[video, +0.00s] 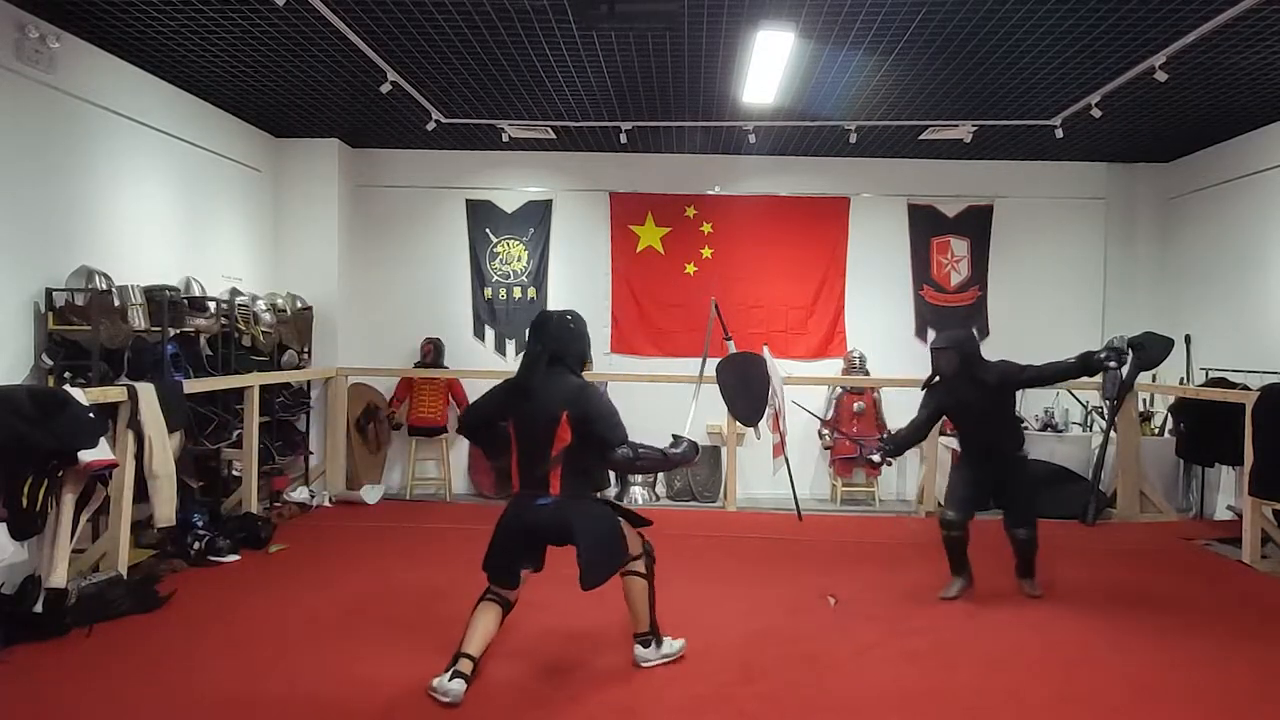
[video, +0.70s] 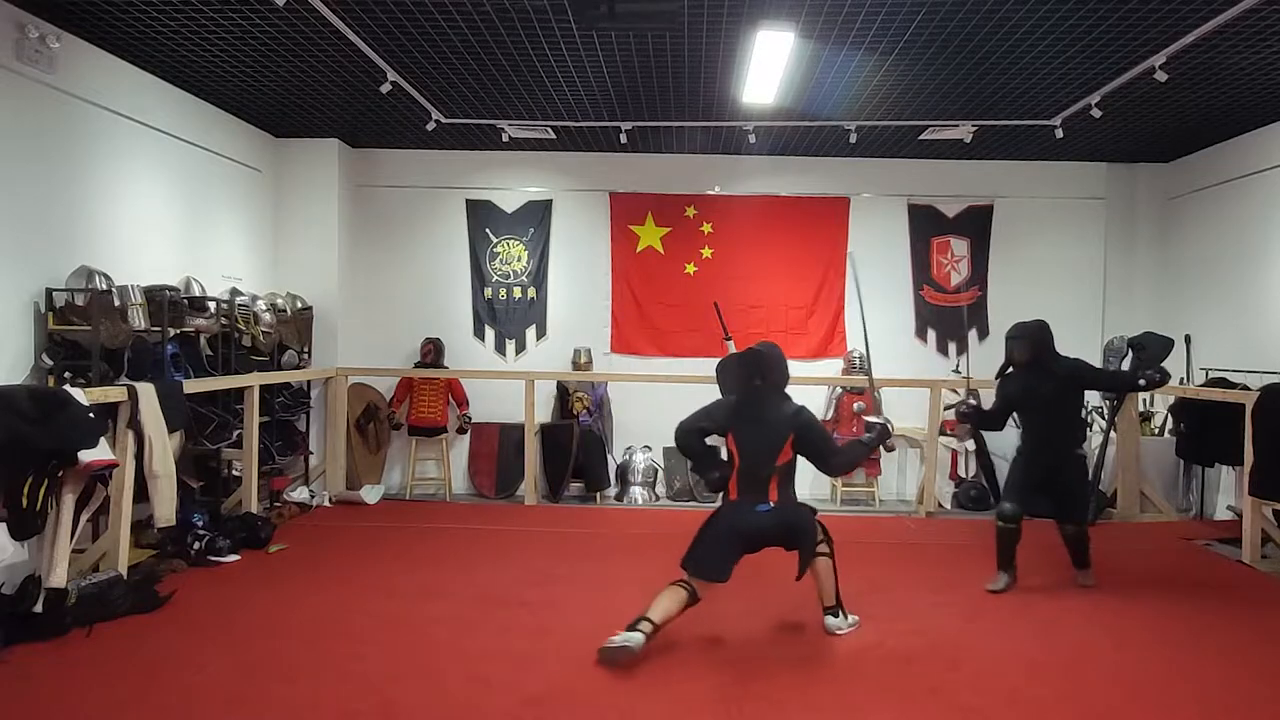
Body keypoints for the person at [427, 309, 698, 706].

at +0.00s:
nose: (588, 350)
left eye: (585, 342)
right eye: (584, 343)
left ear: (538, 346)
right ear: (574, 347)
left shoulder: (516, 387)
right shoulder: (582, 392)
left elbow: (470, 421)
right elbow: (618, 442)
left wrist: (502, 454)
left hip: (523, 510)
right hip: (577, 510)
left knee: (500, 590)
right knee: (636, 547)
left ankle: (458, 673)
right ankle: (647, 642)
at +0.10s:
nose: (608, 351)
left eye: (605, 343)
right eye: (604, 343)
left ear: (557, 347)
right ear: (596, 349)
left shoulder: (535, 389)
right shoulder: (605, 396)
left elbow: (492, 423)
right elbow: (639, 457)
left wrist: (533, 453)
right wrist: (687, 451)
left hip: (544, 510)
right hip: (596, 511)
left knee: (507, 590)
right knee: (652, 544)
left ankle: (456, 671)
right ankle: (660, 638)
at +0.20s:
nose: (643, 351)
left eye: (640, 343)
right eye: (640, 344)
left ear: (595, 346)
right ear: (634, 350)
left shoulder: (567, 387)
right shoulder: (642, 394)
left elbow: (526, 415)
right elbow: (678, 451)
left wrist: (559, 446)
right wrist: (715, 441)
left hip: (567, 508)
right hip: (625, 508)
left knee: (531, 583)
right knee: (677, 548)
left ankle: (468, 655)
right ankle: (695, 634)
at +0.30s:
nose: (675, 354)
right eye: (673, 347)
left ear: (628, 351)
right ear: (668, 354)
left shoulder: (608, 389)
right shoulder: (678, 395)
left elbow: (562, 410)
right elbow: (728, 436)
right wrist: (773, 441)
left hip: (602, 505)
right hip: (654, 506)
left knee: (562, 574)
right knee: (699, 550)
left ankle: (519, 643)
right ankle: (696, 636)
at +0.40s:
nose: (688, 361)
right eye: (686, 355)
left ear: (644, 357)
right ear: (685, 358)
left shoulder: (625, 393)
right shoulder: (700, 394)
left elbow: (582, 417)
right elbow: (755, 416)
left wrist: (613, 451)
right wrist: (803, 424)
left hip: (631, 506)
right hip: (682, 506)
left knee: (597, 571)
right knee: (723, 549)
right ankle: (702, 630)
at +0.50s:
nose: (709, 363)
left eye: (703, 358)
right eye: (705, 359)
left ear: (663, 366)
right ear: (701, 365)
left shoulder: (645, 405)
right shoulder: (717, 400)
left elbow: (605, 434)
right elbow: (767, 428)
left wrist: (641, 467)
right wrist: (812, 427)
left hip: (665, 516)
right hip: (715, 512)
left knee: (619, 578)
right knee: (756, 532)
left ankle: (583, 650)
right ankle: (741, 613)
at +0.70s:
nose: (785, 378)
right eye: (783, 373)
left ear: (746, 377)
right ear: (780, 377)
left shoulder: (728, 408)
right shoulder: (795, 414)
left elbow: (685, 432)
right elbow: (835, 462)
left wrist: (715, 470)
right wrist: (874, 436)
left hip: (733, 517)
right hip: (784, 515)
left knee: (691, 581)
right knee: (817, 536)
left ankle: (638, 632)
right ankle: (834, 616)